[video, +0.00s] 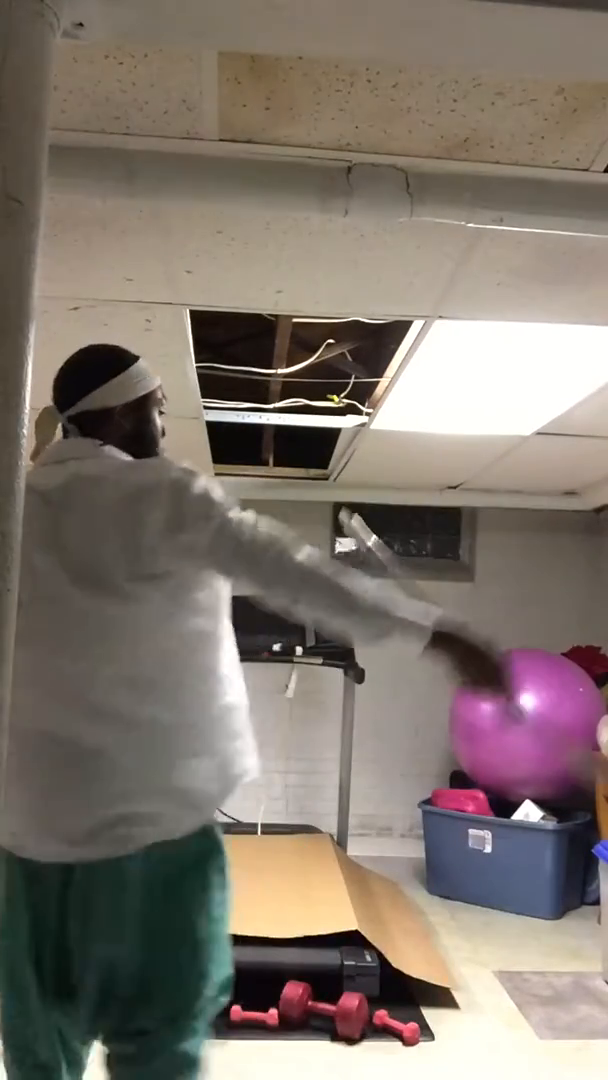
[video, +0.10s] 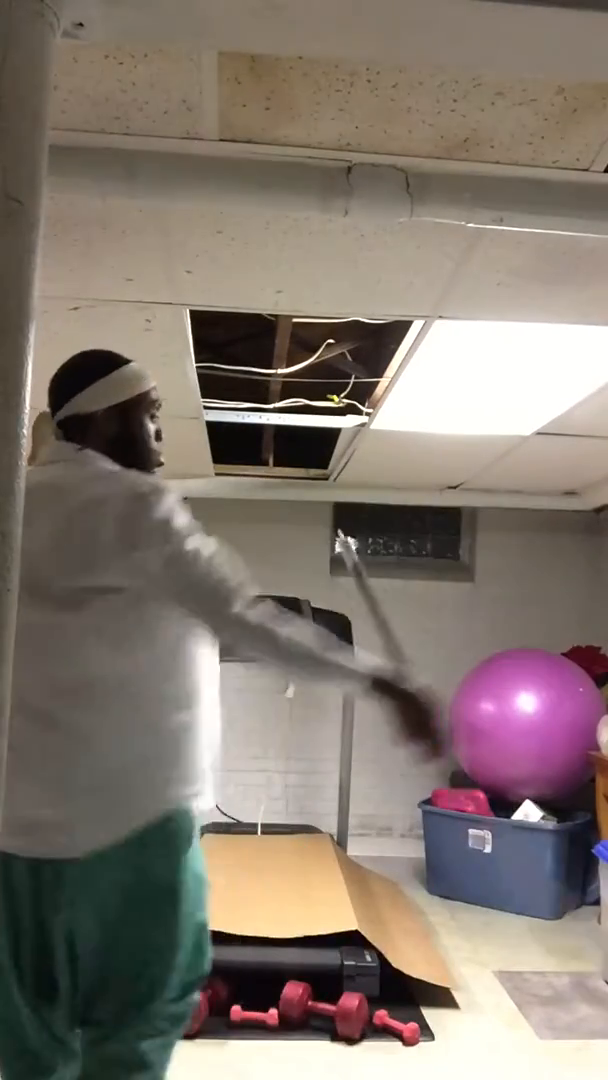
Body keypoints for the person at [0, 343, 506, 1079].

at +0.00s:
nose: (162, 422)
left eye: (159, 407)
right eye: (152, 407)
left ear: (73, 420)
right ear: (116, 415)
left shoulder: (17, 499)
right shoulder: (166, 496)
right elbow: (293, 572)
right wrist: (439, 631)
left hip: (25, 829)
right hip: (152, 831)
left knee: (37, 1056)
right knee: (161, 1054)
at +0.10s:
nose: (159, 434)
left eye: (155, 416)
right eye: (145, 416)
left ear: (67, 427)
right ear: (100, 424)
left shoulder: (21, 501)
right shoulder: (134, 508)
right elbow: (242, 617)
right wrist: (383, 678)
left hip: (17, 814)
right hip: (128, 812)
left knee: (29, 1031)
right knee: (139, 1027)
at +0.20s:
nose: (154, 433)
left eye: (150, 416)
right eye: (138, 416)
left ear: (77, 429)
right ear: (84, 425)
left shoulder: (33, 500)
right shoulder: (96, 505)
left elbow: (89, 617)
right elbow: (153, 658)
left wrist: (192, 591)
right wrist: (295, 700)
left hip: (27, 802)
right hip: (102, 802)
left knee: (33, 1018)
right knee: (134, 1011)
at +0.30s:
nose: (152, 438)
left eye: (150, 422)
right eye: (137, 422)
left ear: (94, 435)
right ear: (85, 434)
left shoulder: (105, 512)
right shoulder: (59, 517)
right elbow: (63, 670)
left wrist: (221, 593)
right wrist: (204, 695)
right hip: (76, 809)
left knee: (37, 999)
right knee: (137, 989)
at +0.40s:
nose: (150, 452)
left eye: (149, 438)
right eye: (134, 437)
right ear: (79, 448)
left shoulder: (142, 528)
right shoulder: (30, 528)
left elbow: (222, 566)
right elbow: (16, 678)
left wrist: (254, 621)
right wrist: (126, 672)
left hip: (59, 769)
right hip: (26, 772)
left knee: (23, 985)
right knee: (112, 979)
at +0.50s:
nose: (147, 482)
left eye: (149, 467)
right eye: (135, 465)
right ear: (78, 466)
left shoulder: (134, 535)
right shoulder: (20, 538)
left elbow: (199, 587)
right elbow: (11, 686)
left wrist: (242, 638)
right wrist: (98, 663)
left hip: (46, 757)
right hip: (14, 760)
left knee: (75, 979)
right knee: (69, 981)